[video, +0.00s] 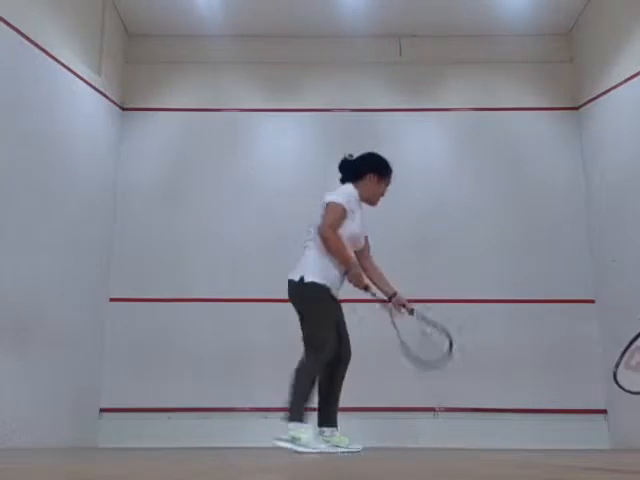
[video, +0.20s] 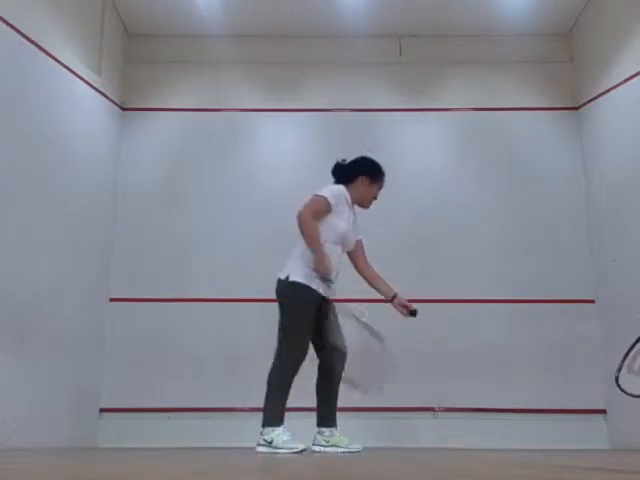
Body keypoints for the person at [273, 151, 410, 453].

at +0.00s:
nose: (383, 193)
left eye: (386, 188)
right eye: (383, 185)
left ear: (370, 182)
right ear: (368, 178)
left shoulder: (357, 215)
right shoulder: (343, 196)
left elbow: (366, 261)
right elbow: (327, 232)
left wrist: (391, 294)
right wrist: (351, 267)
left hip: (324, 289)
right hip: (308, 285)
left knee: (340, 354)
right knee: (320, 349)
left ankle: (327, 429)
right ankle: (295, 423)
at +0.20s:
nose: (376, 197)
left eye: (378, 192)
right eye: (376, 189)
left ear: (363, 185)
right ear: (361, 181)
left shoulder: (349, 221)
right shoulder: (335, 194)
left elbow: (363, 265)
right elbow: (305, 216)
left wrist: (393, 297)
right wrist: (319, 256)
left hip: (320, 294)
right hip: (297, 286)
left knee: (334, 353)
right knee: (291, 354)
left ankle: (326, 432)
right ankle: (271, 430)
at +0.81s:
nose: (361, 191)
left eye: (362, 185)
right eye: (360, 183)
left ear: (341, 178)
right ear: (345, 177)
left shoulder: (327, 201)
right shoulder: (332, 191)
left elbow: (340, 253)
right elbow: (339, 234)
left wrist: (356, 292)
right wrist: (359, 245)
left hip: (311, 290)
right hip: (296, 286)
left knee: (320, 358)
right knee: (293, 356)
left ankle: (322, 431)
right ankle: (269, 430)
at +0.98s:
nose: (358, 178)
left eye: (358, 172)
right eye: (357, 172)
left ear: (328, 174)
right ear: (348, 173)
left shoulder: (317, 201)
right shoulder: (346, 195)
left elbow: (299, 243)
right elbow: (366, 238)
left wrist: (283, 277)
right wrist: (358, 204)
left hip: (298, 287)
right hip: (316, 289)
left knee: (321, 356)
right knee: (323, 356)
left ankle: (322, 430)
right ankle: (278, 419)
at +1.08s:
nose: (357, 176)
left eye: (356, 171)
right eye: (355, 171)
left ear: (324, 174)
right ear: (347, 172)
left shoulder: (310, 203)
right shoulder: (350, 196)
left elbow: (279, 233)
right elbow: (366, 240)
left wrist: (251, 255)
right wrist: (345, 228)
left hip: (301, 290)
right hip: (324, 290)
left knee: (325, 361)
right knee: (336, 358)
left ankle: (323, 429)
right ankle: (300, 418)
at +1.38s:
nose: (347, 163)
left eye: (346, 157)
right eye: (346, 157)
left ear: (313, 159)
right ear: (338, 159)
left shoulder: (293, 190)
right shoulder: (344, 185)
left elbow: (263, 230)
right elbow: (366, 231)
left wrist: (231, 265)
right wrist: (350, 263)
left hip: (289, 281)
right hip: (324, 279)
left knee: (309, 351)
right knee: (338, 355)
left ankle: (300, 426)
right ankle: (324, 431)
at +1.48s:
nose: (337, 156)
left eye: (336, 151)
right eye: (336, 151)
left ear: (302, 151)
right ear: (328, 152)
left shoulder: (281, 185)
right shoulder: (336, 178)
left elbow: (267, 237)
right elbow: (356, 222)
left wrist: (256, 277)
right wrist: (357, 269)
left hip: (279, 276)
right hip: (318, 275)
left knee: (287, 347)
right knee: (332, 352)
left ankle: (253, 410)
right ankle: (323, 431)